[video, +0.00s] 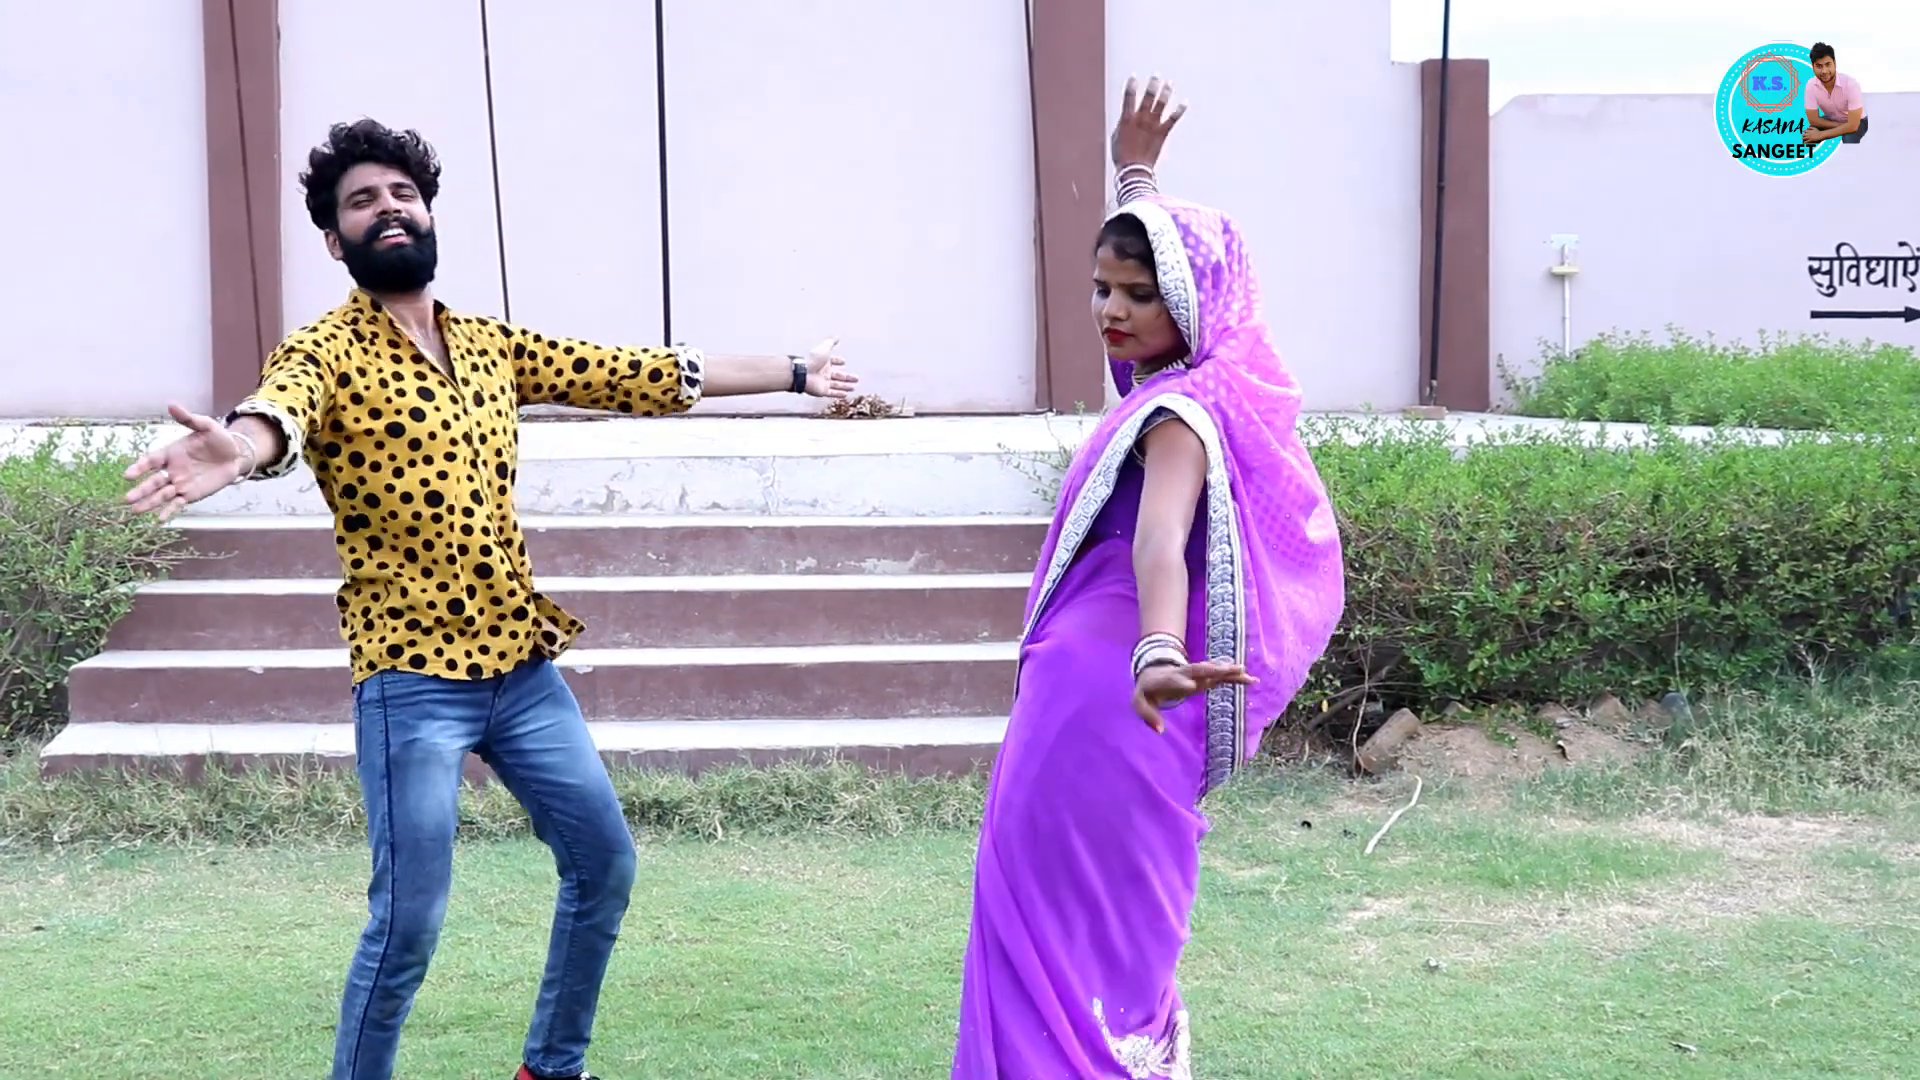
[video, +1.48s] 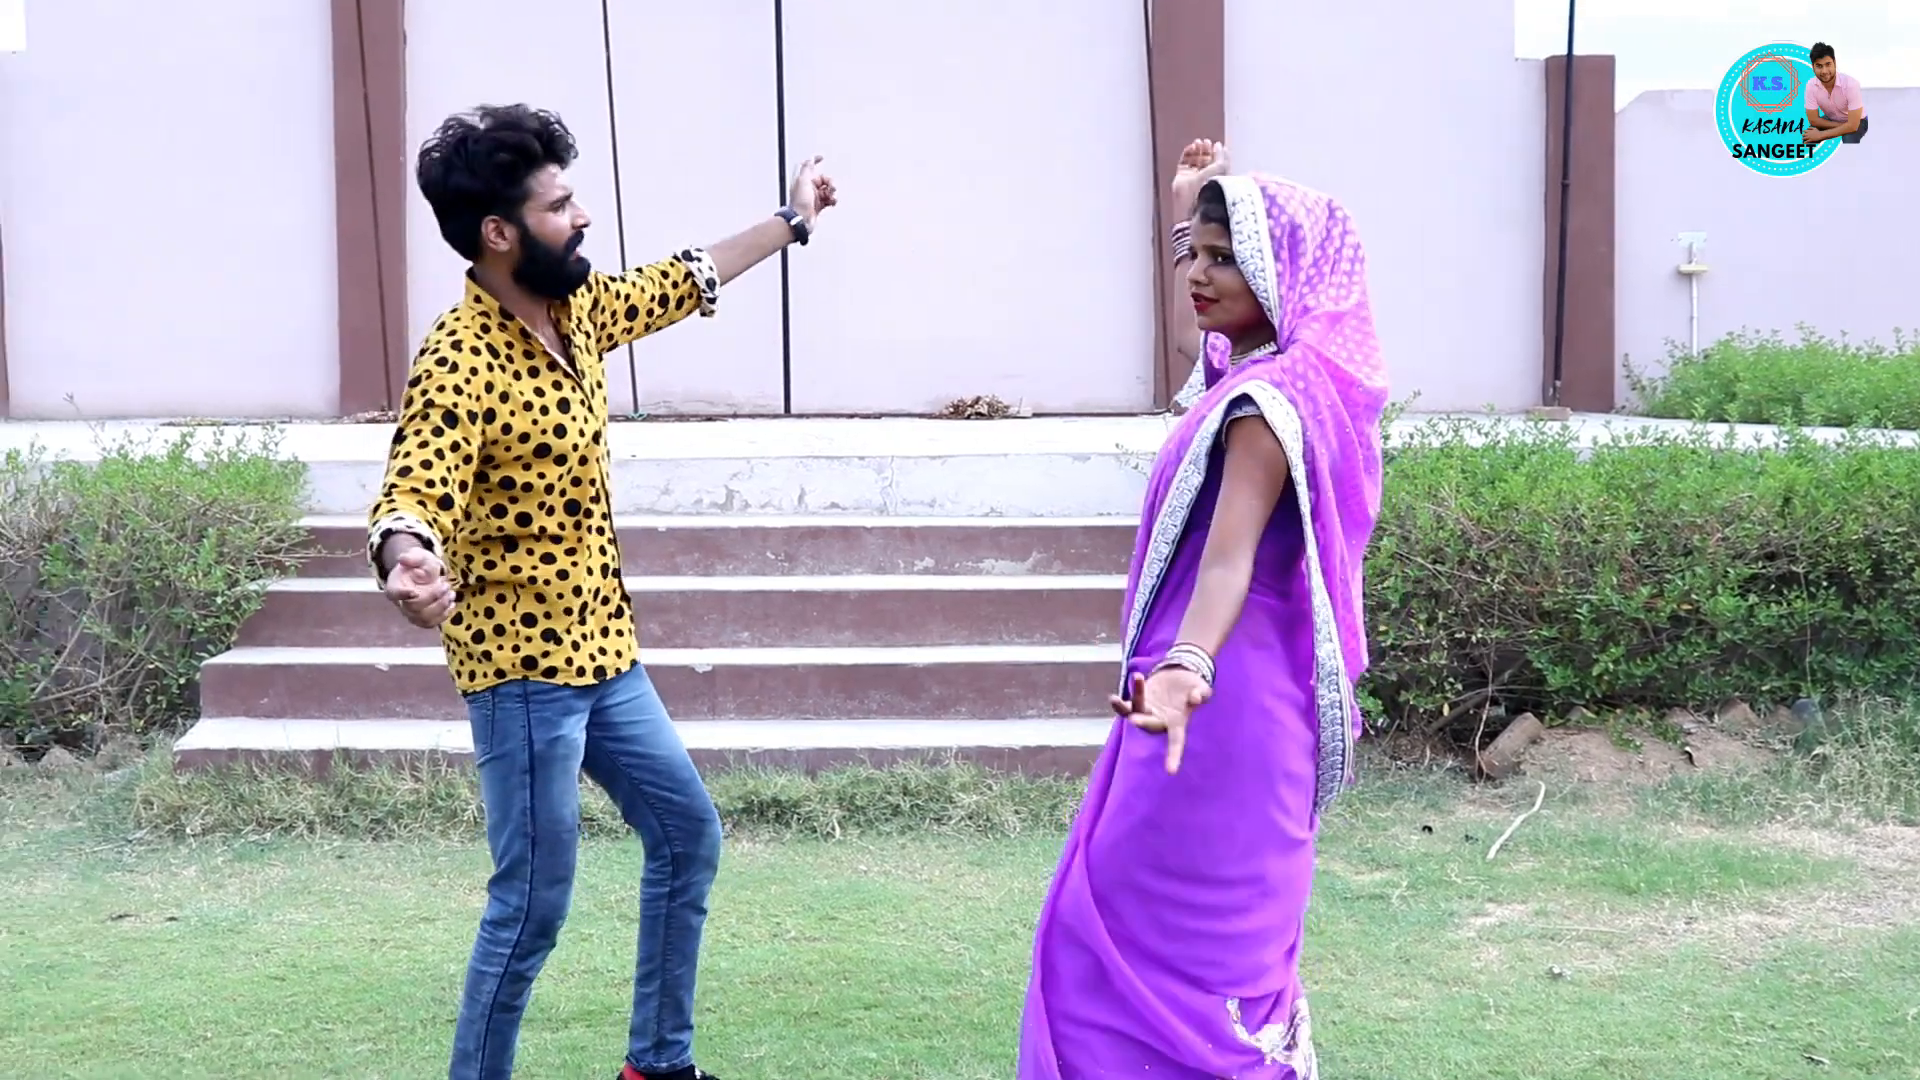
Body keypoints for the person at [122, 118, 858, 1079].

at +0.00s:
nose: (391, 210)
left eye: (404, 194)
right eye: (363, 201)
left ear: (433, 216)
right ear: (333, 240)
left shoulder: (490, 345)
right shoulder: (326, 350)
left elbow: (634, 374)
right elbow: (278, 409)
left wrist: (795, 374)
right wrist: (235, 446)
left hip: (520, 666)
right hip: (408, 674)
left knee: (604, 858)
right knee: (408, 923)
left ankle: (553, 1067)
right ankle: (357, 1074)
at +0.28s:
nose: (379, 195)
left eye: (391, 176)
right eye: (350, 188)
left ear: (419, 193)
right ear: (323, 224)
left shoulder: (465, 322)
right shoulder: (331, 328)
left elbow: (613, 336)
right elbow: (273, 402)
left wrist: (764, 310)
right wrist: (196, 452)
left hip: (510, 652)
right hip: (414, 664)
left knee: (580, 851)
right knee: (403, 907)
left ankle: (550, 1066)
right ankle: (351, 1073)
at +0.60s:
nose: (371, 207)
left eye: (378, 184)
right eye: (340, 202)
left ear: (403, 195)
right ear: (310, 236)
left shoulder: (449, 325)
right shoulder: (331, 342)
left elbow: (581, 318)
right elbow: (257, 420)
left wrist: (728, 269)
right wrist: (165, 485)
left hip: (510, 659)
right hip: (414, 673)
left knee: (584, 850)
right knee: (413, 907)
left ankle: (554, 1064)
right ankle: (357, 1073)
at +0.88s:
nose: (367, 223)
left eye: (370, 200)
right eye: (334, 218)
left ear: (390, 206)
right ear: (298, 255)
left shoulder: (462, 334)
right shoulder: (314, 363)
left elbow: (594, 319)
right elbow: (264, 438)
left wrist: (727, 245)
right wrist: (223, 483)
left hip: (513, 663)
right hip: (409, 682)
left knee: (600, 862)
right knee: (426, 932)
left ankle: (560, 1065)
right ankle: (370, 1074)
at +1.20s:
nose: (475, 199)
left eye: (468, 179)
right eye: (444, 191)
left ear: (476, 180)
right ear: (387, 234)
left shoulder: (508, 301)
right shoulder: (381, 347)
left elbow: (627, 283)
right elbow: (329, 453)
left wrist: (745, 215)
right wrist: (272, 522)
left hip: (537, 652)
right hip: (452, 667)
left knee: (623, 841)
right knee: (467, 907)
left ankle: (597, 1064)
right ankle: (412, 1073)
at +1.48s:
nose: (581, 217)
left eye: (575, 198)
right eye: (559, 205)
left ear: (516, 230)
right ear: (496, 235)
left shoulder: (576, 310)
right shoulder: (459, 358)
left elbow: (682, 282)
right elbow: (411, 496)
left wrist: (789, 220)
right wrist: (411, 560)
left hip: (600, 652)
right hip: (518, 664)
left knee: (689, 833)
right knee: (531, 901)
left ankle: (660, 1061)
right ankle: (475, 1072)